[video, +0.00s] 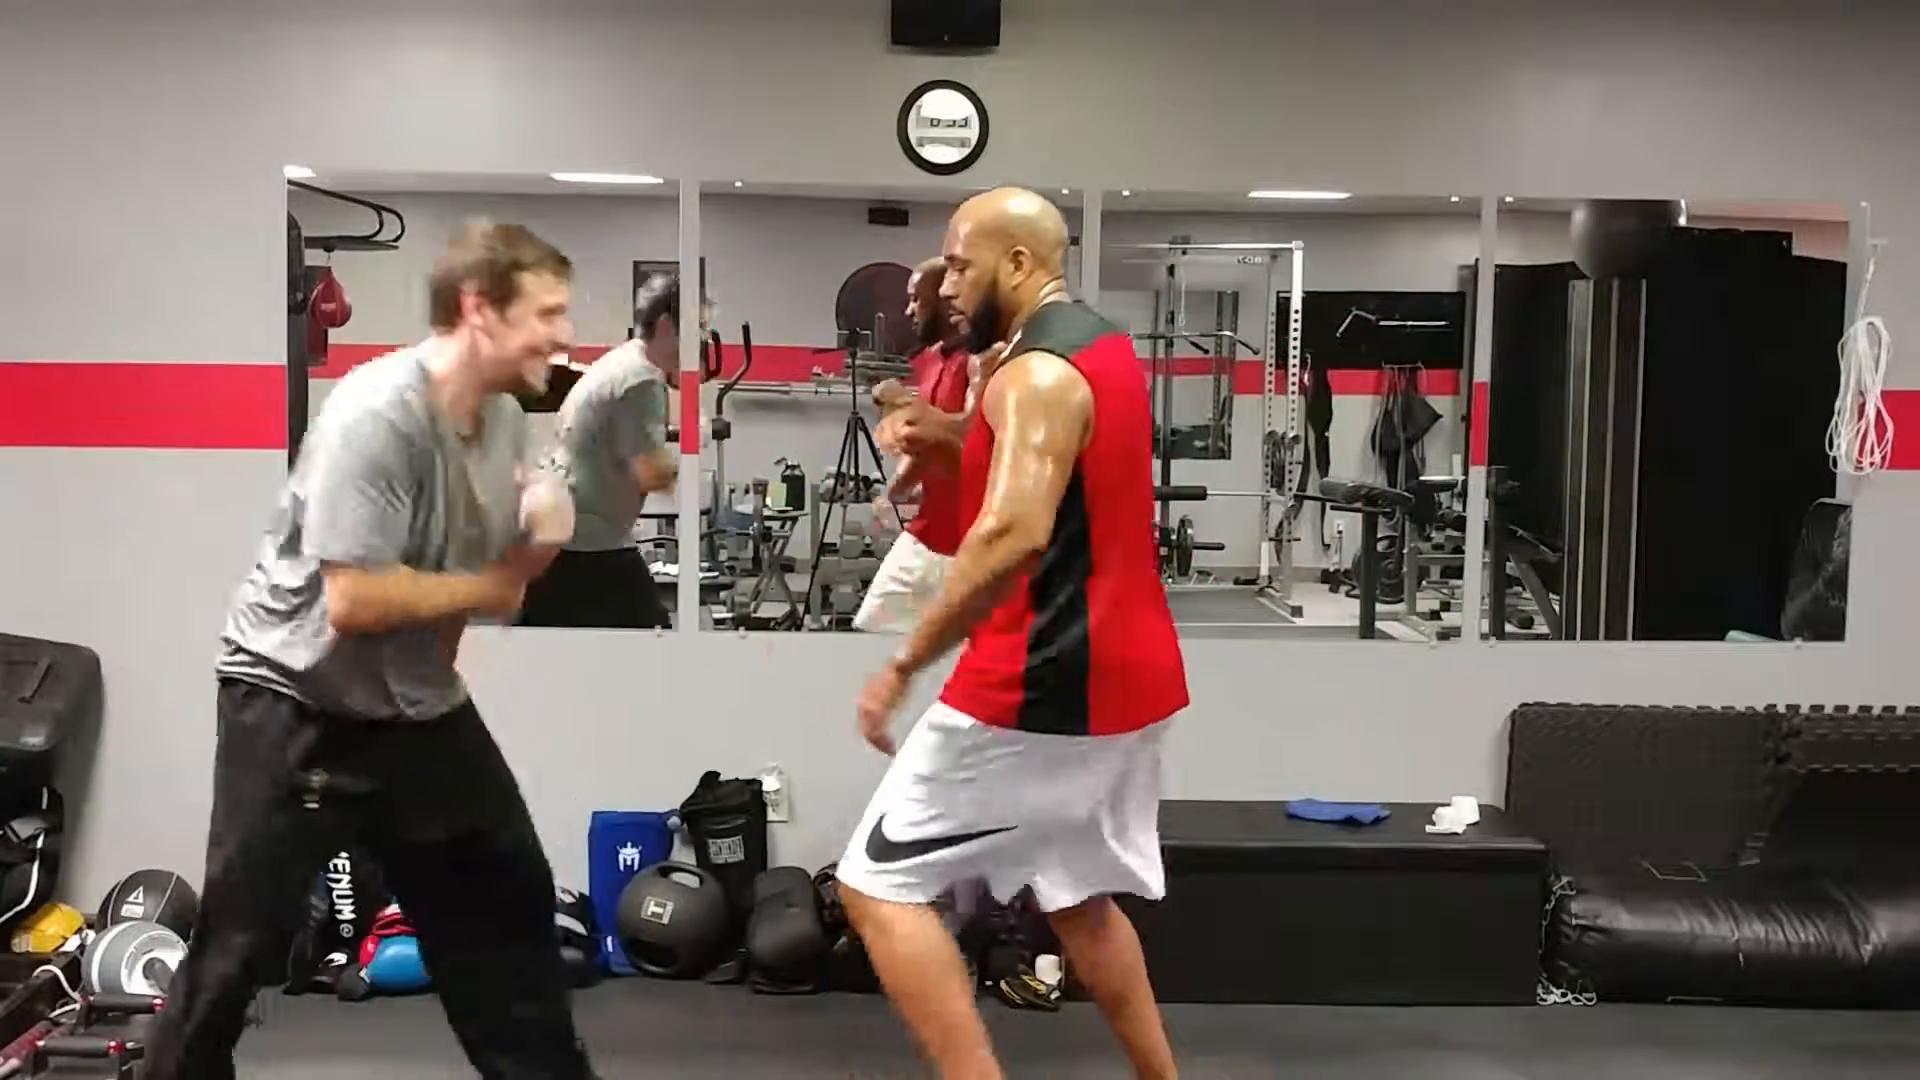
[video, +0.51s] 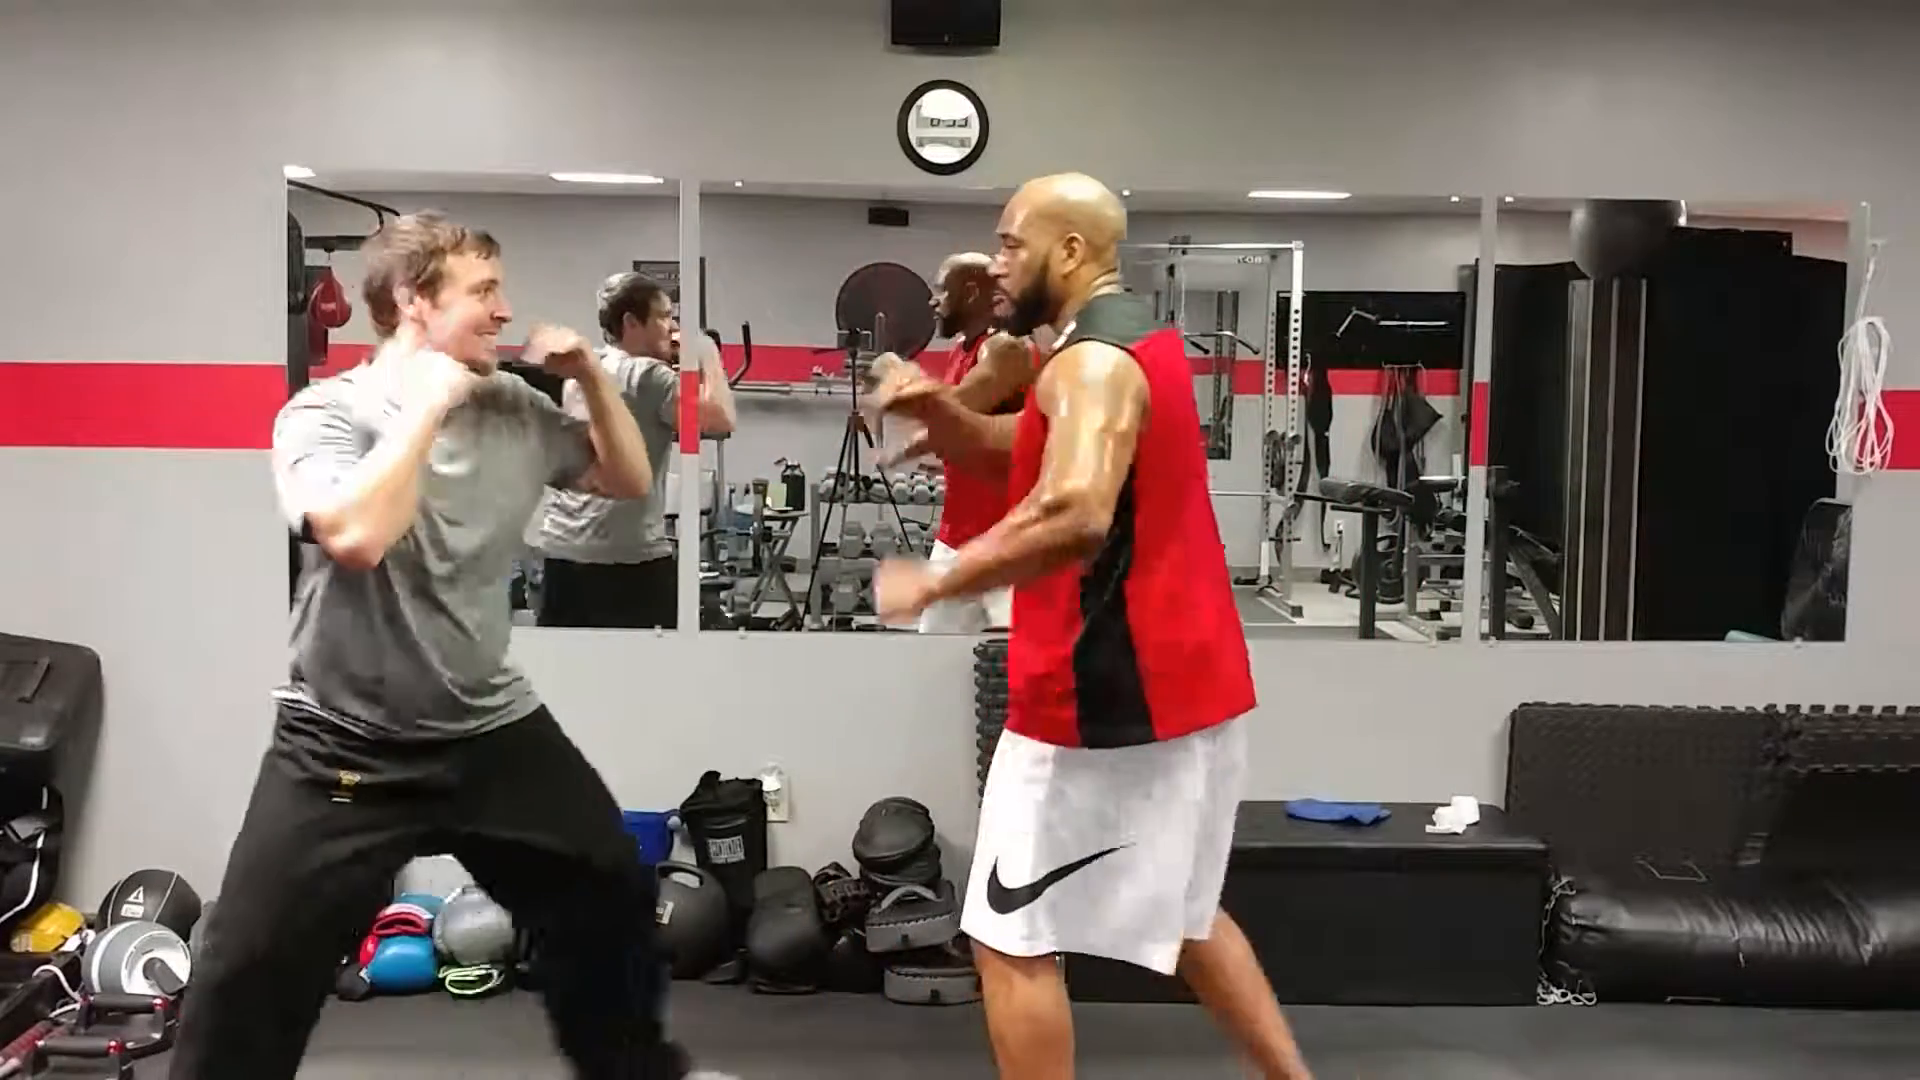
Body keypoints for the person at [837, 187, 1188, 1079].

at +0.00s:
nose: (945, 284)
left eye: (957, 264)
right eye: (945, 265)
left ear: (1017, 266)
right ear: (1034, 267)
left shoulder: (1038, 373)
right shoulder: (1104, 351)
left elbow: (1014, 530)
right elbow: (1070, 500)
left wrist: (904, 665)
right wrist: (952, 443)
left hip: (1035, 673)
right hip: (1129, 668)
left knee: (877, 885)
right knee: (1077, 892)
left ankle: (974, 1073)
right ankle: (1161, 1071)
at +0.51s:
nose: (997, 260)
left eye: (1011, 242)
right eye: (1000, 241)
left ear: (1071, 253)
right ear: (1086, 256)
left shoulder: (1090, 361)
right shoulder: (1140, 340)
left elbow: (1076, 511)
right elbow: (1005, 439)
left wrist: (936, 579)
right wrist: (934, 408)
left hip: (1091, 699)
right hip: (1192, 690)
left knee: (1008, 935)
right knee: (1186, 911)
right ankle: (1290, 1072)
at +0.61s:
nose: (1037, 266)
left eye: (1053, 249)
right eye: (1040, 248)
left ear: (1109, 260)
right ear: (1128, 263)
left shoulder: (1114, 355)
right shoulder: (1175, 339)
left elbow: (1023, 478)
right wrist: (976, 414)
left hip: (1108, 693)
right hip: (1221, 676)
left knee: (980, 914)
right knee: (1230, 913)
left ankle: (1030, 1074)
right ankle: (1321, 1073)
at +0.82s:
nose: (1052, 266)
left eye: (1066, 251)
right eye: (1060, 249)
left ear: (1111, 272)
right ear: (1162, 274)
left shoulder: (1050, 395)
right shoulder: (1237, 371)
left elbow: (974, 548)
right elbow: (1162, 491)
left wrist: (977, 442)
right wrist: (1011, 419)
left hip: (1088, 701)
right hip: (1227, 698)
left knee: (955, 921)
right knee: (1248, 935)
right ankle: (1321, 1076)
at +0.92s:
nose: (1017, 302)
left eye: (1026, 289)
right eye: (1022, 286)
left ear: (1060, 301)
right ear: (1132, 302)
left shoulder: (996, 411)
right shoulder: (1212, 393)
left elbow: (863, 565)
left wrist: (895, 493)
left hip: (1067, 729)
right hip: (1211, 720)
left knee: (928, 937)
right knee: (1237, 940)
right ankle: (1315, 1076)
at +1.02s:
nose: (960, 311)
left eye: (971, 296)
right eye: (966, 294)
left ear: (1004, 311)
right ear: (1070, 315)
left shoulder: (960, 424)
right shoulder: (1136, 403)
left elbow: (845, 578)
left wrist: (848, 524)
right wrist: (918, 546)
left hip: (1036, 757)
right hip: (1176, 743)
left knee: (894, 983)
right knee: (1217, 946)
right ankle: (1309, 1073)